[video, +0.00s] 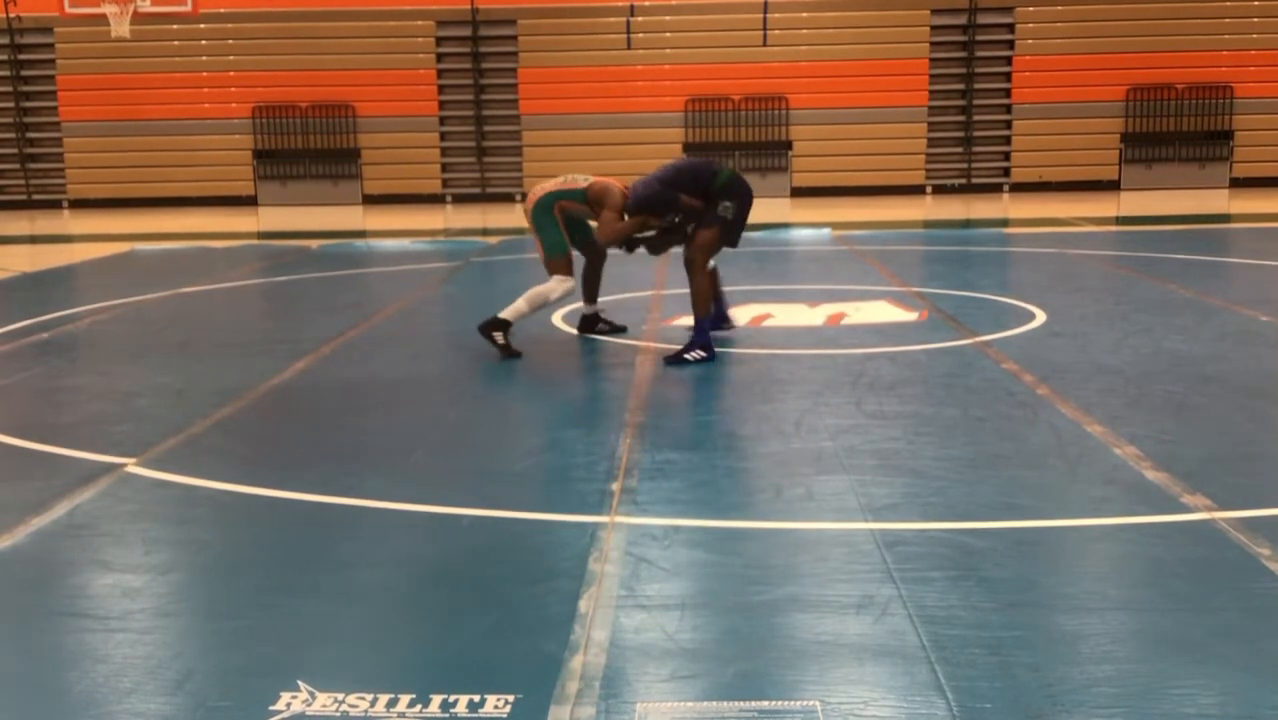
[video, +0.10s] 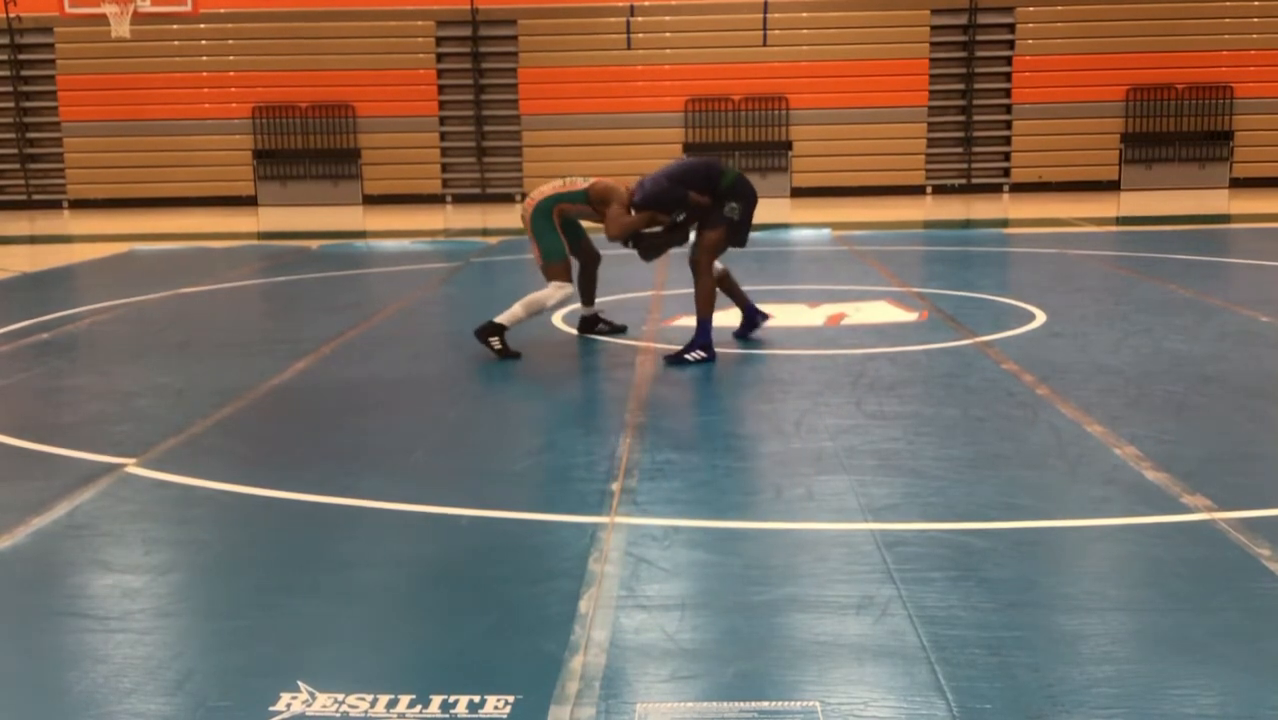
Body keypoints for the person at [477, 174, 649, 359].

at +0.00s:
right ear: (645, 207)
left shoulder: (621, 196)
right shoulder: (614, 195)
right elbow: (605, 236)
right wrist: (640, 222)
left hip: (567, 210)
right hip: (546, 208)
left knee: (597, 254)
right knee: (564, 283)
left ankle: (591, 319)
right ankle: (498, 325)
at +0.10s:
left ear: (640, 192)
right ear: (643, 200)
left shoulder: (625, 200)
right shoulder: (619, 196)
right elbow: (615, 232)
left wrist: (670, 233)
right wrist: (650, 217)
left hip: (559, 213)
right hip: (541, 211)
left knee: (591, 258)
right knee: (562, 288)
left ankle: (589, 319)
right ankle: (494, 328)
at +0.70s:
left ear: (660, 178)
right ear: (665, 183)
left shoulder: (641, 185)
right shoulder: (641, 181)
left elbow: (633, 219)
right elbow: (632, 218)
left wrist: (666, 212)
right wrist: (669, 206)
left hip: (583, 197)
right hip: (566, 193)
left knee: (602, 257)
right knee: (578, 268)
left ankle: (590, 319)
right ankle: (512, 314)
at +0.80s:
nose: (684, 208)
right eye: (686, 201)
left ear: (669, 179)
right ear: (677, 192)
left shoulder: (655, 190)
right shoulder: (649, 185)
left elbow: (670, 247)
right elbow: (642, 226)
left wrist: (697, 236)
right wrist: (679, 210)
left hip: (583, 198)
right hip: (569, 196)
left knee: (603, 260)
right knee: (593, 268)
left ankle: (590, 319)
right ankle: (543, 326)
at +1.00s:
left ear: (671, 190)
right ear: (678, 197)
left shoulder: (655, 200)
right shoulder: (651, 197)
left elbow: (679, 247)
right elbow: (651, 241)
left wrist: (704, 236)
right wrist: (685, 221)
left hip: (580, 206)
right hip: (573, 208)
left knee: (603, 266)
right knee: (605, 281)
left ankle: (589, 320)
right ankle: (548, 335)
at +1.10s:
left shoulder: (653, 199)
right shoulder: (651, 198)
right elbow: (648, 240)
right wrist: (683, 219)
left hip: (583, 205)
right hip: (573, 206)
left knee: (603, 264)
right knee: (604, 279)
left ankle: (589, 320)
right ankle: (548, 334)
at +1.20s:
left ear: (668, 188)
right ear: (674, 199)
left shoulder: (651, 194)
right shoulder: (647, 194)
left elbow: (643, 230)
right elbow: (640, 235)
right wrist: (678, 216)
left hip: (583, 205)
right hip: (574, 206)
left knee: (604, 262)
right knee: (602, 280)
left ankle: (590, 319)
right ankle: (547, 335)